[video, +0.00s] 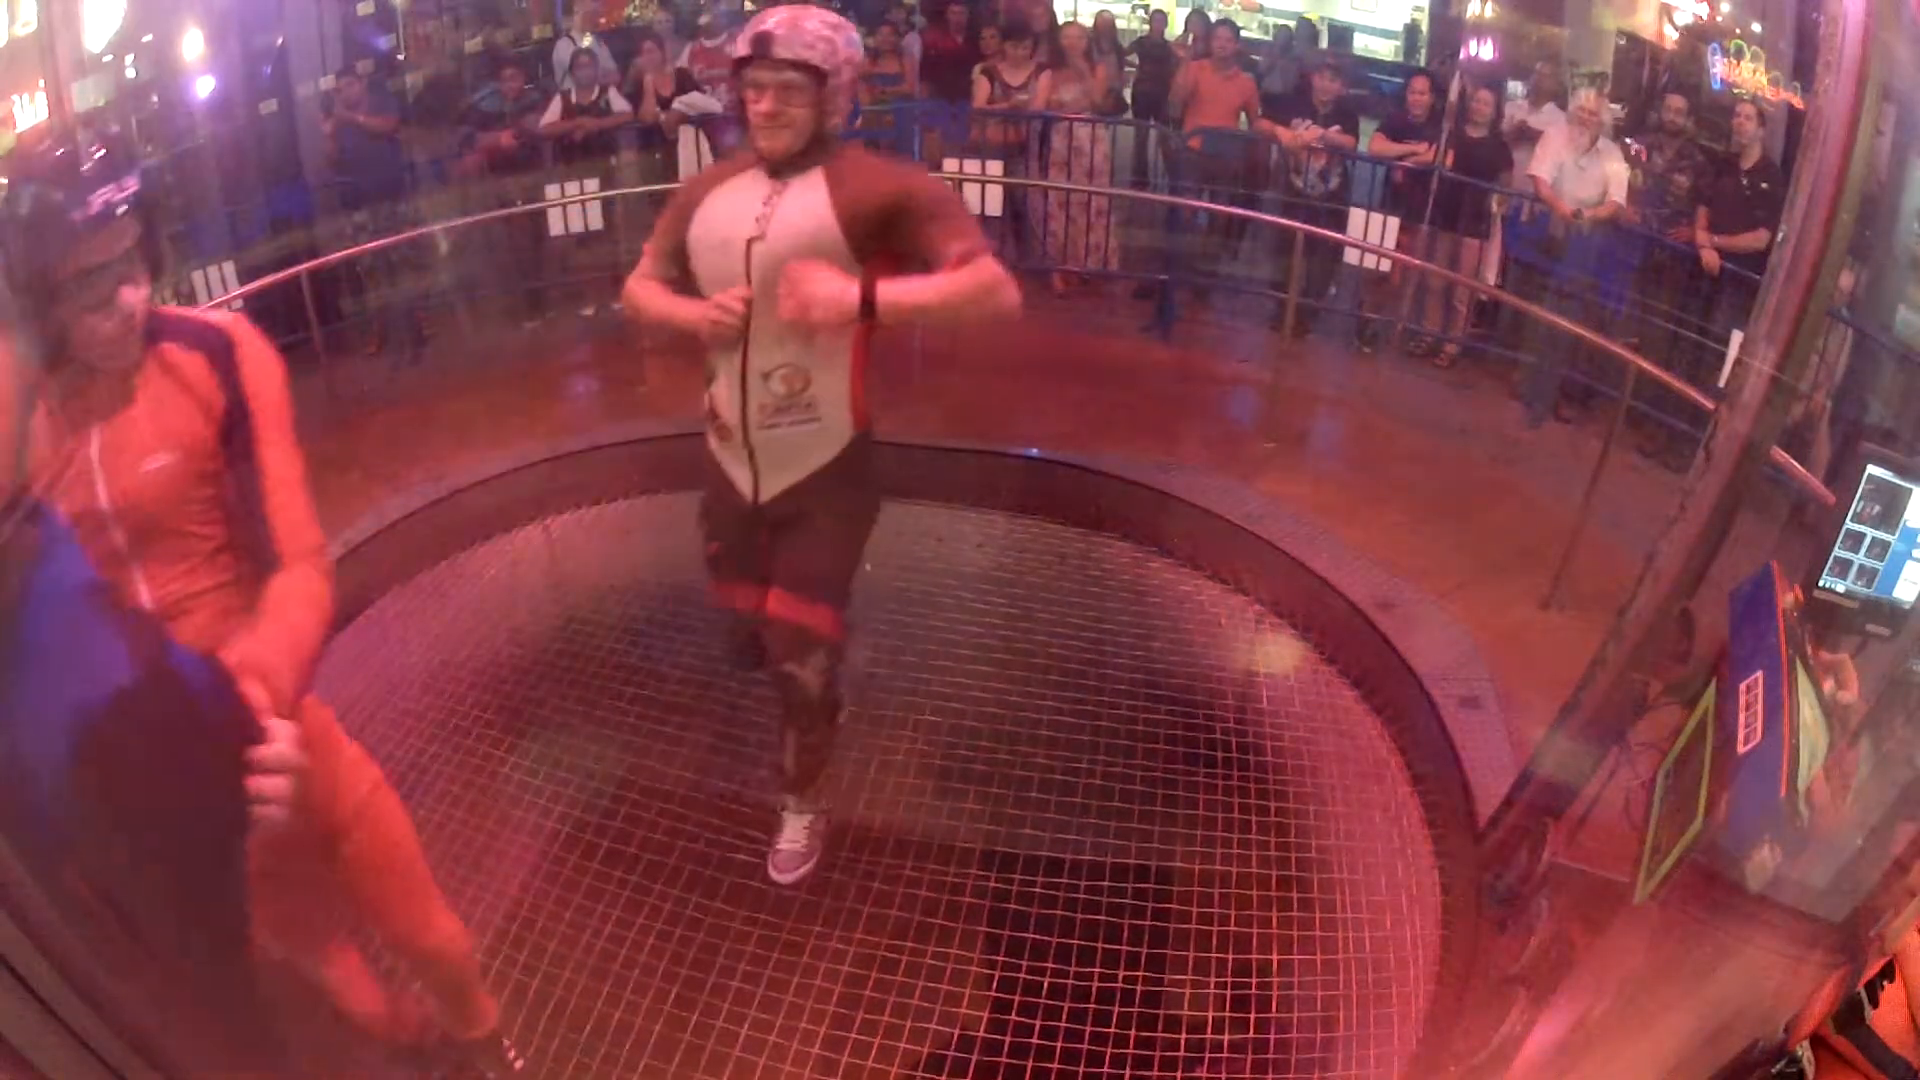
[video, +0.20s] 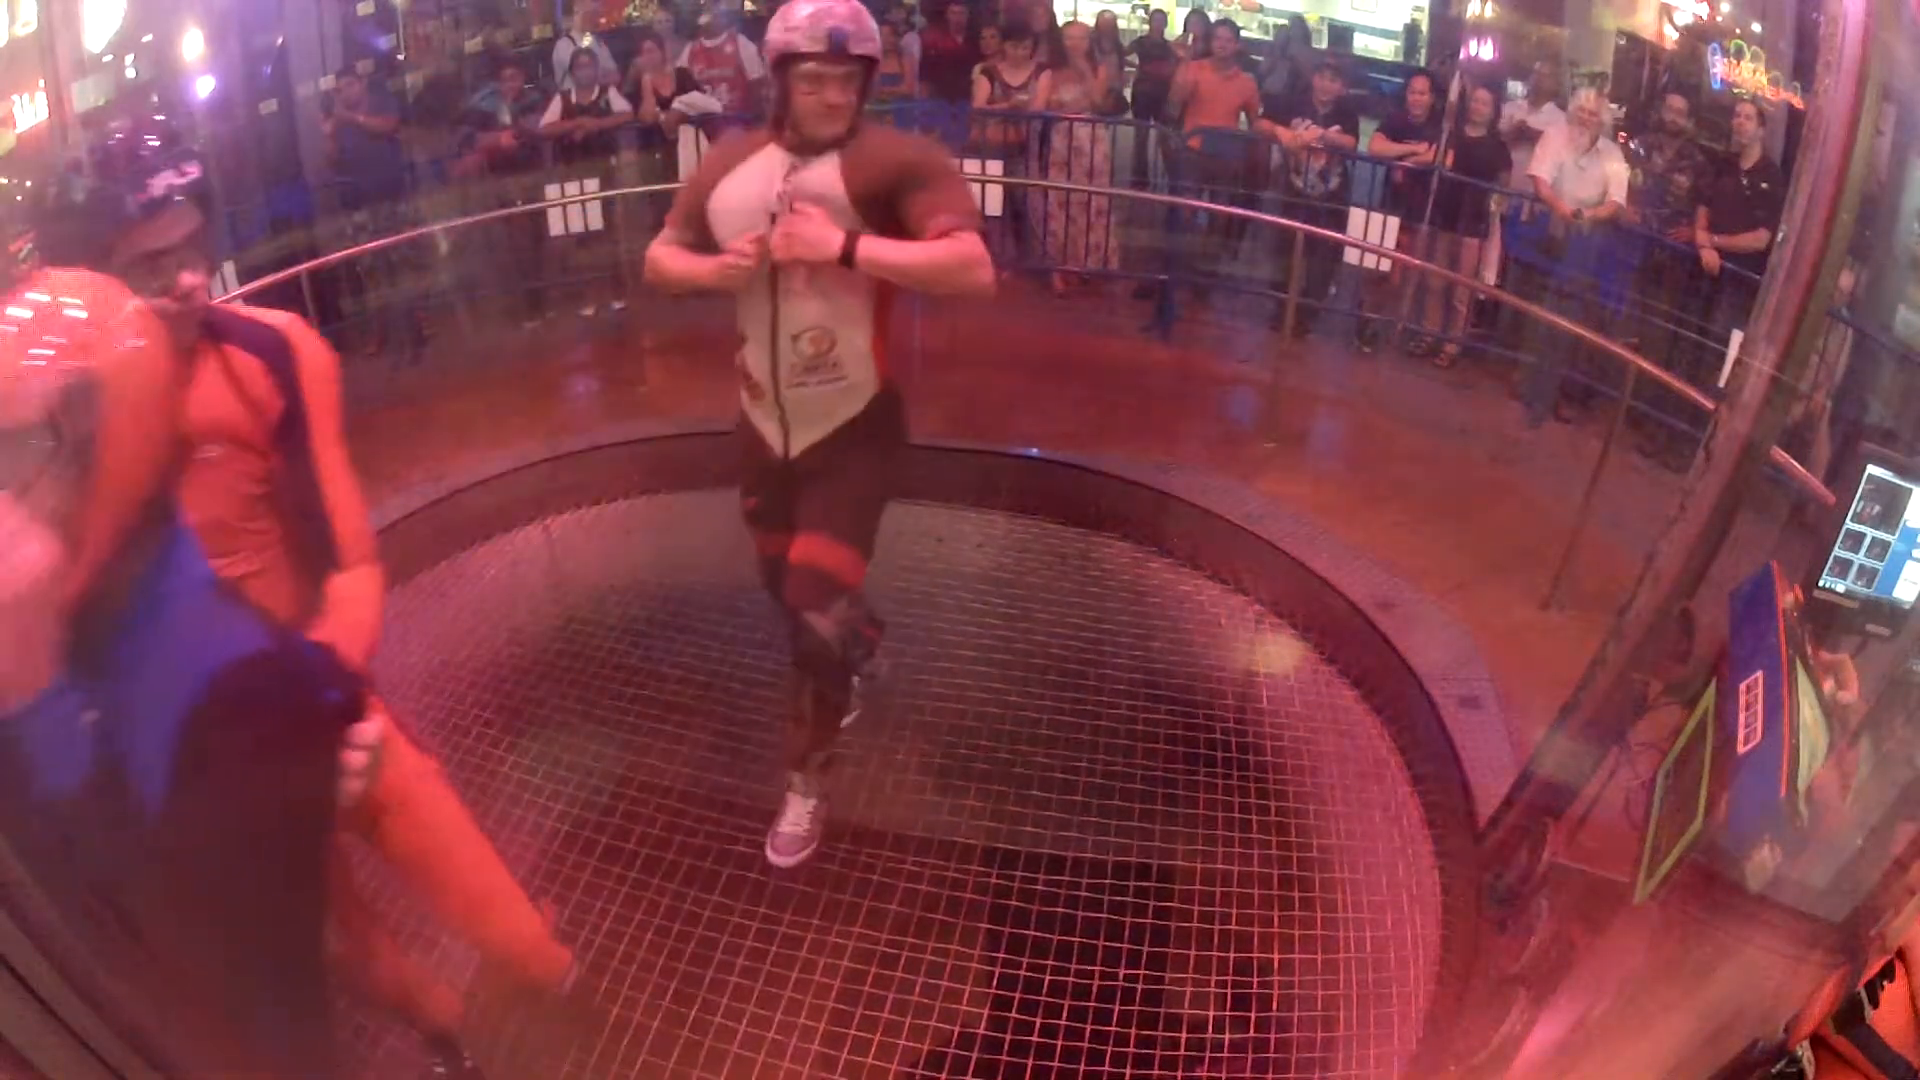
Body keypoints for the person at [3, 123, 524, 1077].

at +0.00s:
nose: (123, 303)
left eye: (130, 271)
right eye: (89, 289)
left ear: (146, 258)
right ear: (34, 304)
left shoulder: (223, 354)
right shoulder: (22, 416)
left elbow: (302, 565)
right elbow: (30, 608)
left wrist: (244, 700)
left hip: (259, 701)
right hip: (124, 729)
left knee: (430, 938)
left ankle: (488, 1046)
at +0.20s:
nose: (186, 283)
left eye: (197, 252)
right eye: (152, 267)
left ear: (216, 239)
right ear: (94, 275)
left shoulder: (284, 352)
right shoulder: (77, 400)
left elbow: (355, 564)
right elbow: (68, 594)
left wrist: (318, 699)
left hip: (306, 670)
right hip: (173, 706)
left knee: (530, 945)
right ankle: (457, 1030)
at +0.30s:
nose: (227, 271)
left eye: (237, 242)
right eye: (195, 255)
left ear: (255, 235)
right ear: (133, 269)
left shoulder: (327, 350)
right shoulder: (127, 397)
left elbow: (390, 562)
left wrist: (353, 694)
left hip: (343, 656)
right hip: (220, 693)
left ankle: (537, 932)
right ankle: (443, 1025)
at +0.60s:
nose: (321, 266)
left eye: (331, 239)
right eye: (291, 251)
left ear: (349, 232)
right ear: (235, 258)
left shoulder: (409, 356)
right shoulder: (183, 395)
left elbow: (445, 544)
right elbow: (187, 548)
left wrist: (430, 681)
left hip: (391, 633)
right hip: (256, 653)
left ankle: (551, 875)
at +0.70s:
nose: (328, 269)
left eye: (339, 243)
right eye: (300, 251)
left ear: (355, 237)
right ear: (243, 258)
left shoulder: (414, 357)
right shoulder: (189, 399)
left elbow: (448, 537)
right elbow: (204, 549)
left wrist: (452, 675)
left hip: (406, 645)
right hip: (267, 658)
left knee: (551, 864)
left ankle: (603, 899)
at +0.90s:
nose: (317, 303)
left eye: (327, 276)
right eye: (291, 286)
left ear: (345, 266)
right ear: (243, 289)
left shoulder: (406, 372)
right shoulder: (196, 426)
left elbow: (464, 542)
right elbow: (220, 576)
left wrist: (501, 683)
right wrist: (240, 685)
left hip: (423, 653)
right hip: (284, 674)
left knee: (553, 835)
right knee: (237, 875)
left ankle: (606, 912)